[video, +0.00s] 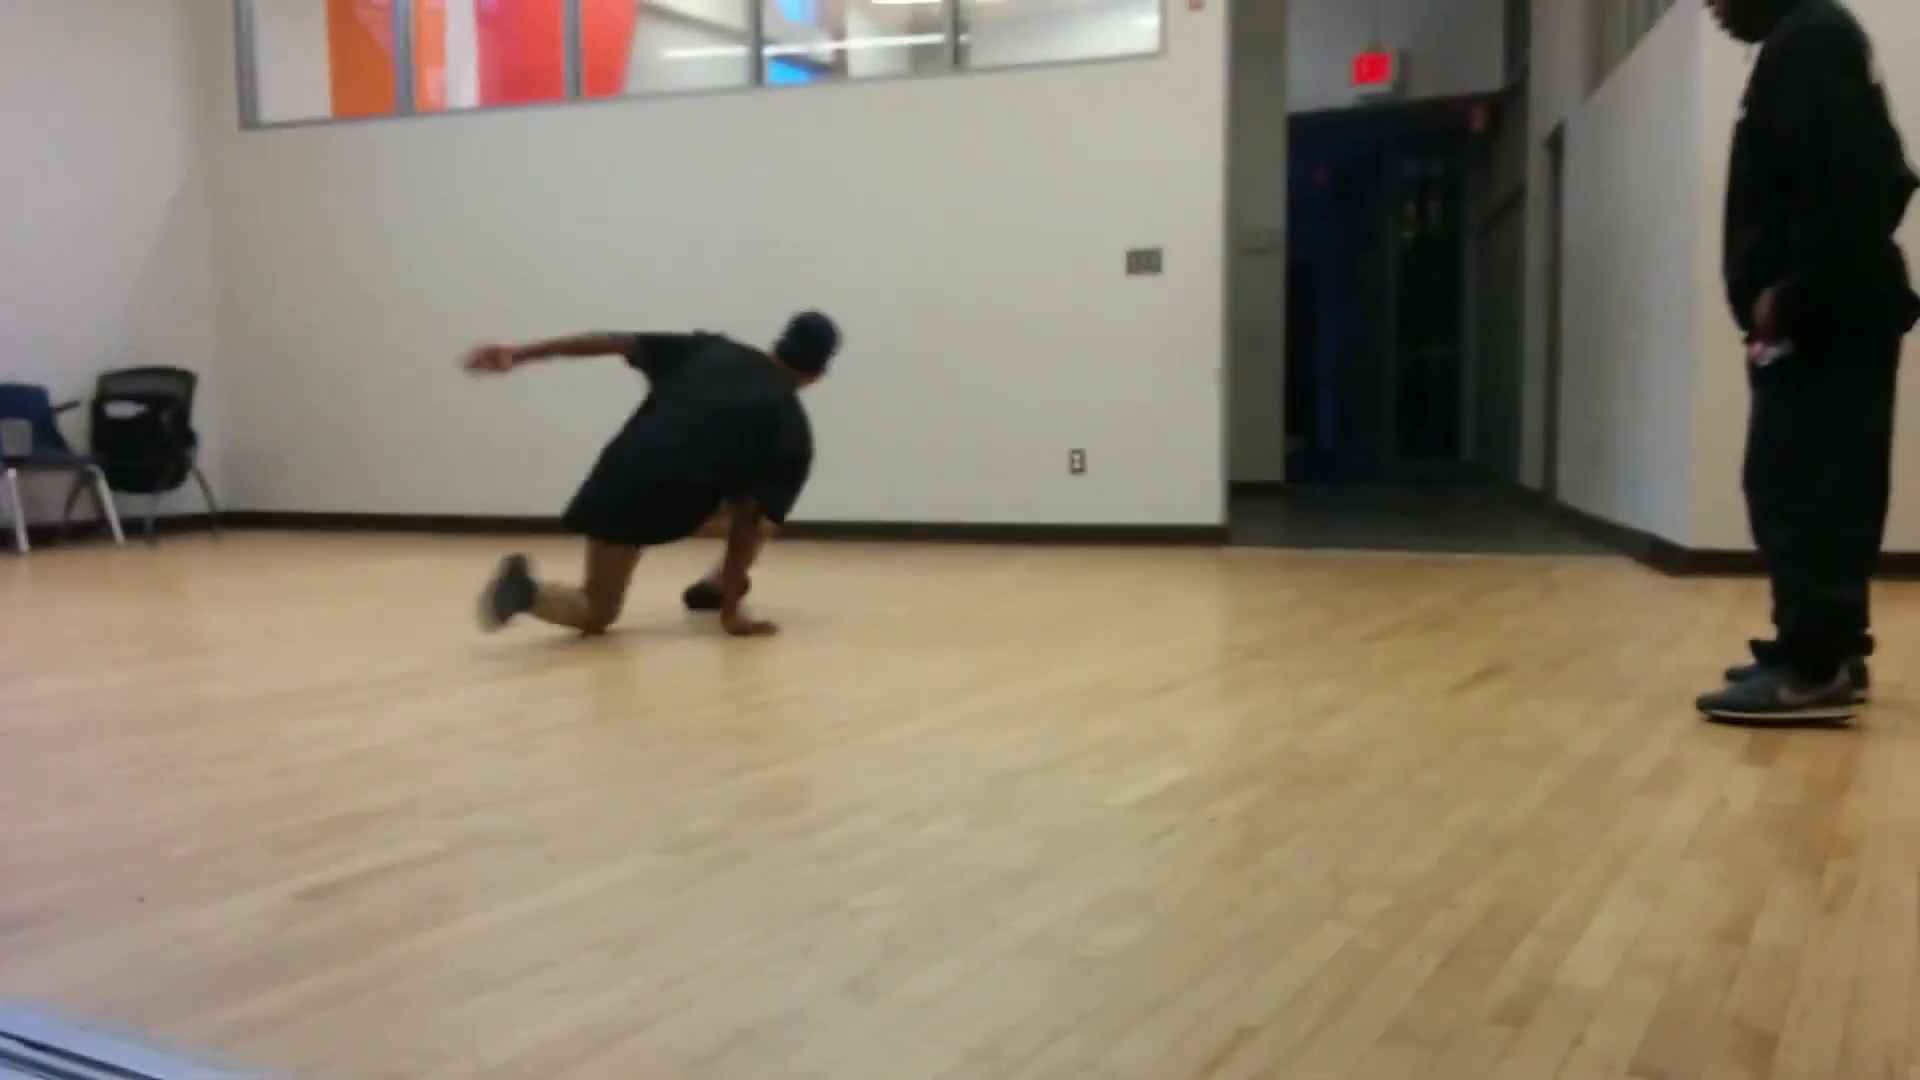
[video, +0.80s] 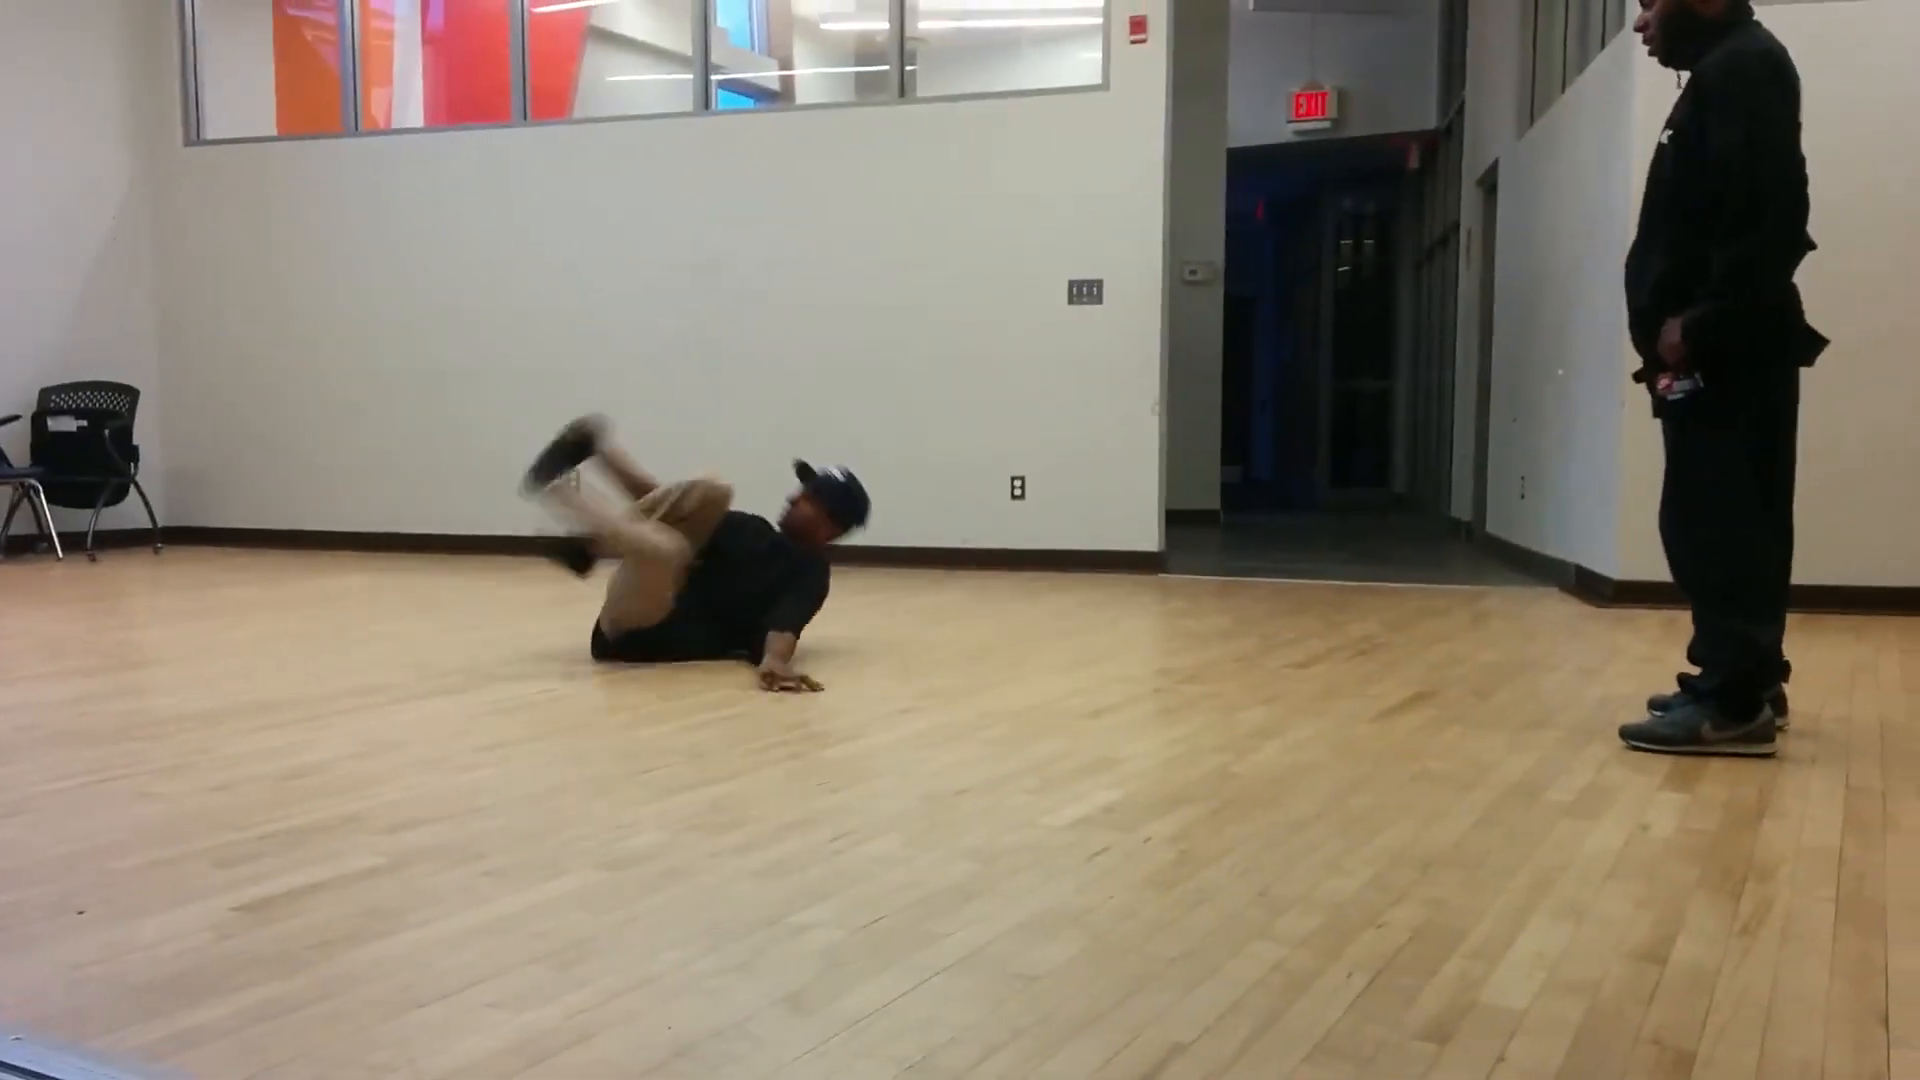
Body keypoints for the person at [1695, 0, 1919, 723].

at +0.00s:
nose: (1713, 9)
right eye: (1710, 1)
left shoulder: (1809, 44)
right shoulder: (1809, 38)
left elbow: (1870, 184)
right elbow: (1867, 183)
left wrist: (1787, 295)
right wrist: (1777, 293)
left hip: (1829, 322)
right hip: (1826, 318)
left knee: (1795, 483)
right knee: (1817, 482)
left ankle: (1813, 667)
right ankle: (1823, 651)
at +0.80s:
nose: (1640, 23)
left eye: (1649, 7)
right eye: (1640, 9)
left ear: (1698, 4)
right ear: (1706, 6)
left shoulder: (1744, 70)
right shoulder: (1729, 67)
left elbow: (1765, 223)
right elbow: (1747, 222)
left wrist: (1696, 324)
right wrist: (1671, 326)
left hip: (1732, 353)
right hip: (1724, 348)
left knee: (1719, 517)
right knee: (1723, 515)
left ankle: (1735, 703)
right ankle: (1737, 685)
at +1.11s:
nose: (1609, 21)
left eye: (1618, 5)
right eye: (1609, 9)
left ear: (1663, 2)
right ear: (1672, 4)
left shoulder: (1701, 63)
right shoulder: (1709, 58)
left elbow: (1716, 219)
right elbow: (1738, 225)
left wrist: (1660, 318)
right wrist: (1647, 317)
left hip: (1697, 352)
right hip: (1705, 345)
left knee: (1689, 518)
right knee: (1699, 514)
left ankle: (1707, 702)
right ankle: (1709, 685)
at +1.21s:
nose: (1591, 27)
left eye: (1598, 8)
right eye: (1590, 12)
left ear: (1643, 2)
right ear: (1649, 6)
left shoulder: (1684, 63)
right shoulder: (1681, 61)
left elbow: (1700, 219)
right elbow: (1688, 219)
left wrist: (1644, 320)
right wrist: (1627, 325)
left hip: (1690, 352)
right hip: (1680, 348)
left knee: (1684, 519)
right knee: (1675, 517)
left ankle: (1698, 702)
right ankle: (1687, 687)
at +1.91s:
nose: (1587, 59)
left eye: (1595, 37)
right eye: (1587, 42)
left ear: (1643, 27)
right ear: (1647, 29)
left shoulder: (1672, 106)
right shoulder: (1685, 101)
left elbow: (1670, 256)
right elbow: (1668, 246)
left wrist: (1622, 352)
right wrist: (1592, 288)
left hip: (1672, 377)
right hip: (1685, 370)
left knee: (1652, 545)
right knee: (1677, 540)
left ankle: (1675, 726)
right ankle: (1679, 711)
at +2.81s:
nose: (1558, 91)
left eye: (1569, 73)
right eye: (1559, 74)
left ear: (1614, 67)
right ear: (1623, 70)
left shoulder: (1650, 140)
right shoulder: (1667, 131)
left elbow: (1678, 283)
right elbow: (1768, 234)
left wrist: (1631, 379)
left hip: (1672, 402)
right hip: (1685, 398)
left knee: (1653, 563)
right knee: (1672, 558)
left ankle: (1669, 741)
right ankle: (1676, 724)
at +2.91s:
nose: (1559, 88)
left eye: (1570, 69)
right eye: (1562, 70)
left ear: (1614, 66)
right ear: (1628, 69)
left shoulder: (1643, 141)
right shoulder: (1677, 132)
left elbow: (1664, 283)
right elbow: (1767, 247)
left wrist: (1616, 378)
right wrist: (1703, 333)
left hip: (1663, 405)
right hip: (1695, 400)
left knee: (1647, 564)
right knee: (1676, 560)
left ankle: (1665, 744)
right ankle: (1675, 726)